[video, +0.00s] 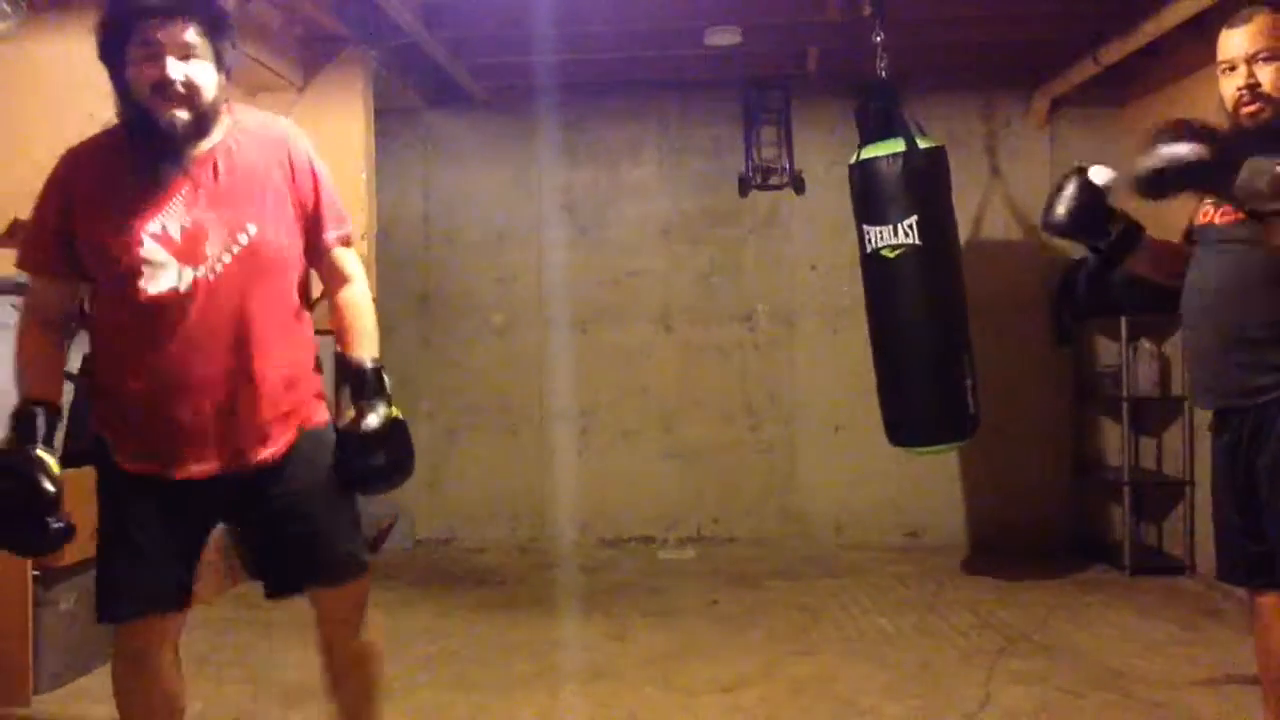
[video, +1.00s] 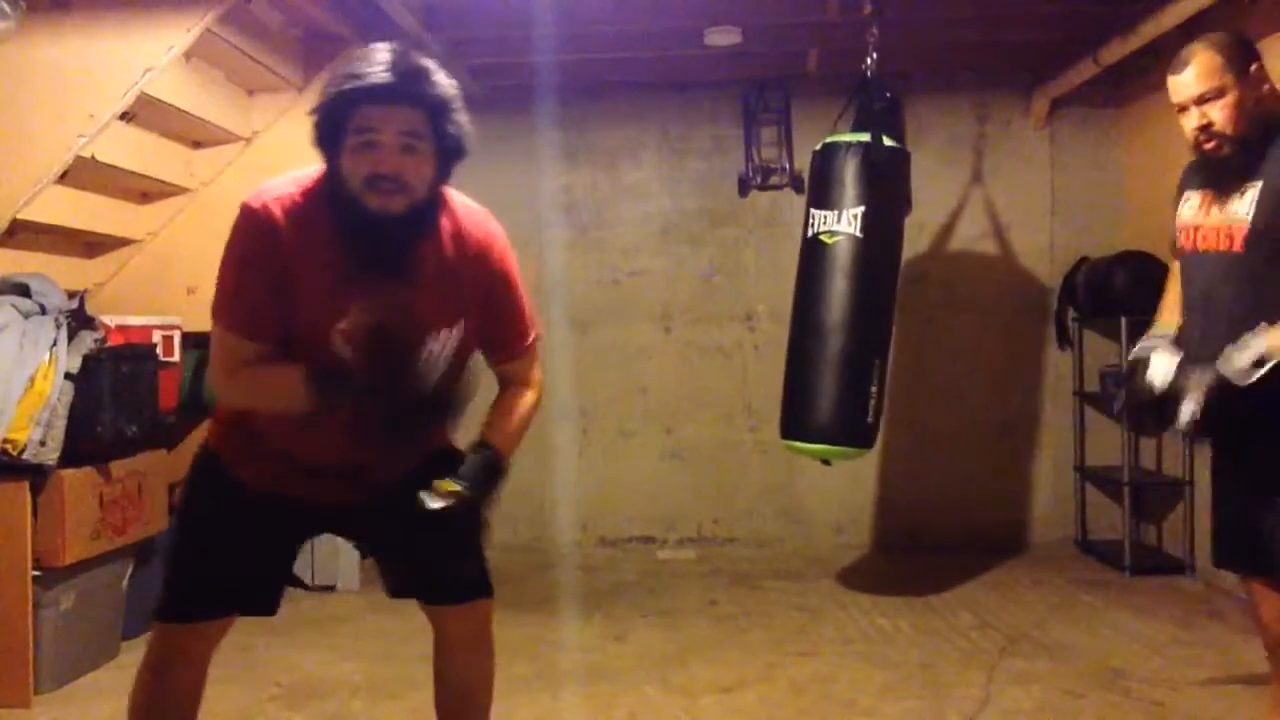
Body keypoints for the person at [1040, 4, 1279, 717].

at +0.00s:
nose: (1245, 80)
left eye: (1262, 61)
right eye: (1229, 69)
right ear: (1215, 83)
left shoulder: (1273, 164)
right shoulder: (1223, 170)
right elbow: (1196, 273)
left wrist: (1231, 173)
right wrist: (1114, 233)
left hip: (1275, 407)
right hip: (1236, 411)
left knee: (1271, 589)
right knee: (1262, 589)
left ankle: (1270, 704)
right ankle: (1270, 709)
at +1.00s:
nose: (1197, 123)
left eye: (1210, 99)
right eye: (1183, 109)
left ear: (1258, 84)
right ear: (1173, 111)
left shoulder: (1277, 166)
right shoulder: (1196, 176)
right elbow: (1184, 273)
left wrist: (1275, 337)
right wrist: (1163, 338)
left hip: (1279, 412)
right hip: (1236, 411)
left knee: (1271, 580)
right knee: (1259, 573)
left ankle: (1275, 689)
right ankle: (1274, 686)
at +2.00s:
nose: (1174, 129)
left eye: (1188, 108)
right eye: (1160, 117)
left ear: (1230, 98)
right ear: (1151, 122)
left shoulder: (1258, 164)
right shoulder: (1199, 184)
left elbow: (1256, 288)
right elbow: (1182, 305)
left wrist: (1166, 248)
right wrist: (1128, 270)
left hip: (1249, 421)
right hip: (1218, 422)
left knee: (1241, 605)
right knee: (1245, 601)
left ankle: (1236, 716)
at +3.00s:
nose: (1154, 117)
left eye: (1170, 94)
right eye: (1142, 103)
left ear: (1221, 83)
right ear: (1136, 107)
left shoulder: (1256, 152)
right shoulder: (1184, 168)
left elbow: (1255, 286)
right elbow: (1155, 289)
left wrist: (1144, 240)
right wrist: (1100, 253)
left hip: (1248, 414)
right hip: (1213, 415)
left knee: (1241, 609)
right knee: (1242, 604)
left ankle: (1235, 714)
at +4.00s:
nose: (1231, 115)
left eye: (1245, 95)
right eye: (1225, 102)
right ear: (1223, 110)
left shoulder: (1273, 195)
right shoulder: (1250, 196)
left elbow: (1279, 278)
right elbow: (1218, 288)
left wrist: (1225, 242)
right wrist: (1171, 253)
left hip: (1264, 424)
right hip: (1241, 423)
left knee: (1238, 605)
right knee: (1243, 603)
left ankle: (1226, 712)